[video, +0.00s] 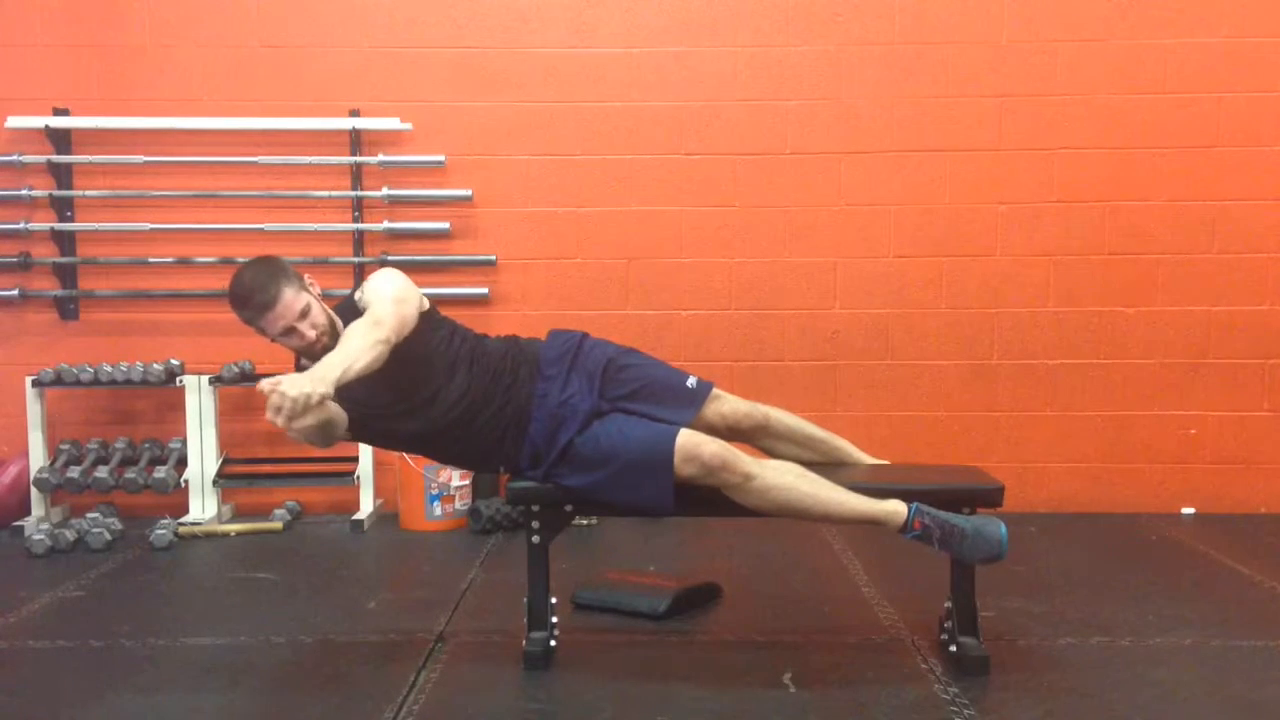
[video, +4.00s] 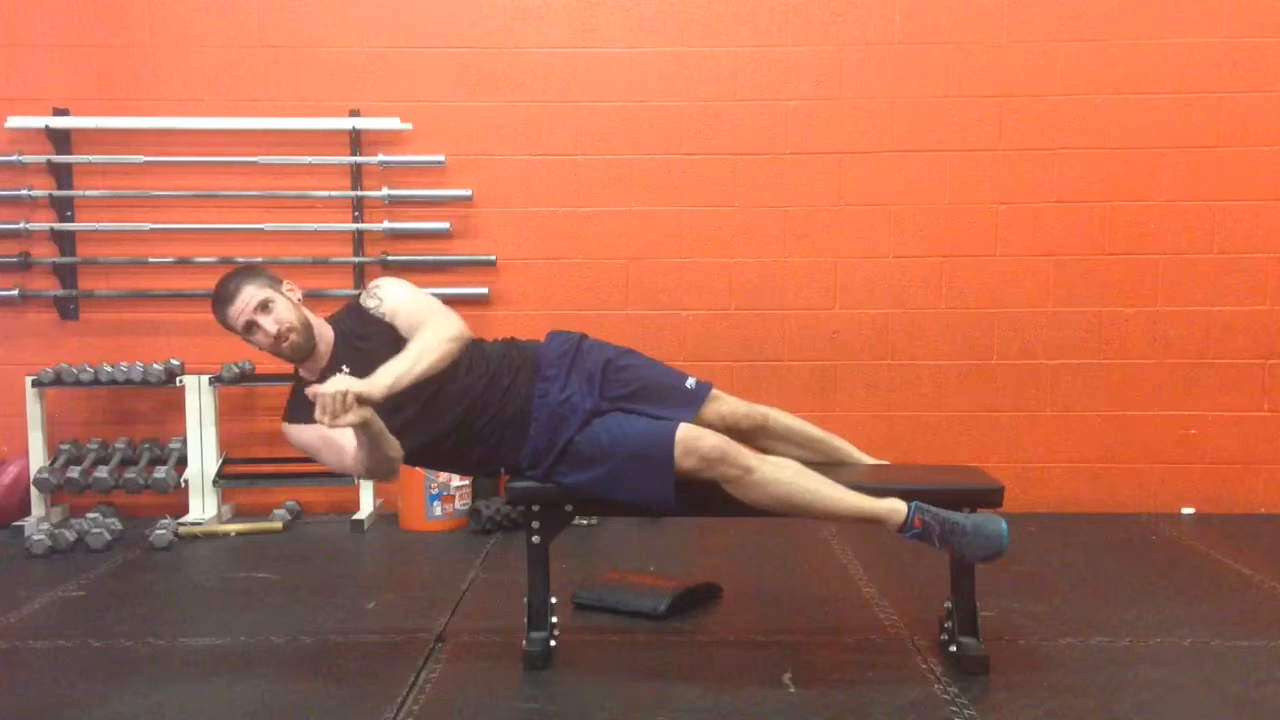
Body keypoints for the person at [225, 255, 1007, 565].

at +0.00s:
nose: (310, 318)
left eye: (304, 300)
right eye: (289, 323)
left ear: (316, 278)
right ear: (274, 337)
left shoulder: (378, 288)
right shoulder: (324, 398)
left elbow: (387, 330)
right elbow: (320, 419)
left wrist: (315, 380)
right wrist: (290, 406)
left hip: (567, 365)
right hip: (548, 447)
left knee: (735, 414)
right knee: (714, 462)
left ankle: (902, 490)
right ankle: (914, 522)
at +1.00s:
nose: (295, 317)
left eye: (292, 297)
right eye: (274, 319)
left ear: (309, 279)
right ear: (262, 337)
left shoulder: (376, 289)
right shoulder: (319, 400)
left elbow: (438, 344)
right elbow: (370, 481)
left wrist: (346, 394)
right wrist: (330, 429)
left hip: (566, 366)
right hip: (545, 449)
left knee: (737, 416)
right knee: (717, 464)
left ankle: (902, 487)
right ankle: (914, 522)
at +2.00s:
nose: (266, 311)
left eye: (261, 293)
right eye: (248, 318)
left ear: (290, 279)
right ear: (252, 342)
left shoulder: (381, 292)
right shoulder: (309, 409)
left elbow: (492, 331)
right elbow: (373, 504)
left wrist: (411, 407)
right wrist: (392, 447)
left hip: (574, 368)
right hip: (547, 449)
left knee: (740, 416)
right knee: (708, 454)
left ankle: (906, 493)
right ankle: (914, 520)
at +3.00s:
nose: (273, 317)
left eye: (270, 300)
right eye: (255, 321)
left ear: (291, 283)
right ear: (252, 341)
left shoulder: (368, 291)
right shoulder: (305, 407)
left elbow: (401, 316)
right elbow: (328, 420)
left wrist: (337, 357)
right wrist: (325, 383)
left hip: (565, 366)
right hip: (545, 449)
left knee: (737, 416)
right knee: (709, 457)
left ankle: (904, 494)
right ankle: (913, 521)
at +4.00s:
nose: (268, 329)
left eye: (266, 309)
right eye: (250, 331)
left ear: (290, 291)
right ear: (249, 349)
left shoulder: (372, 297)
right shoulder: (306, 417)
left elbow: (449, 334)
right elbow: (388, 470)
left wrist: (373, 388)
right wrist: (357, 421)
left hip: (565, 368)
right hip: (545, 451)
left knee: (740, 416)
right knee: (709, 453)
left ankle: (912, 495)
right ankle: (914, 520)